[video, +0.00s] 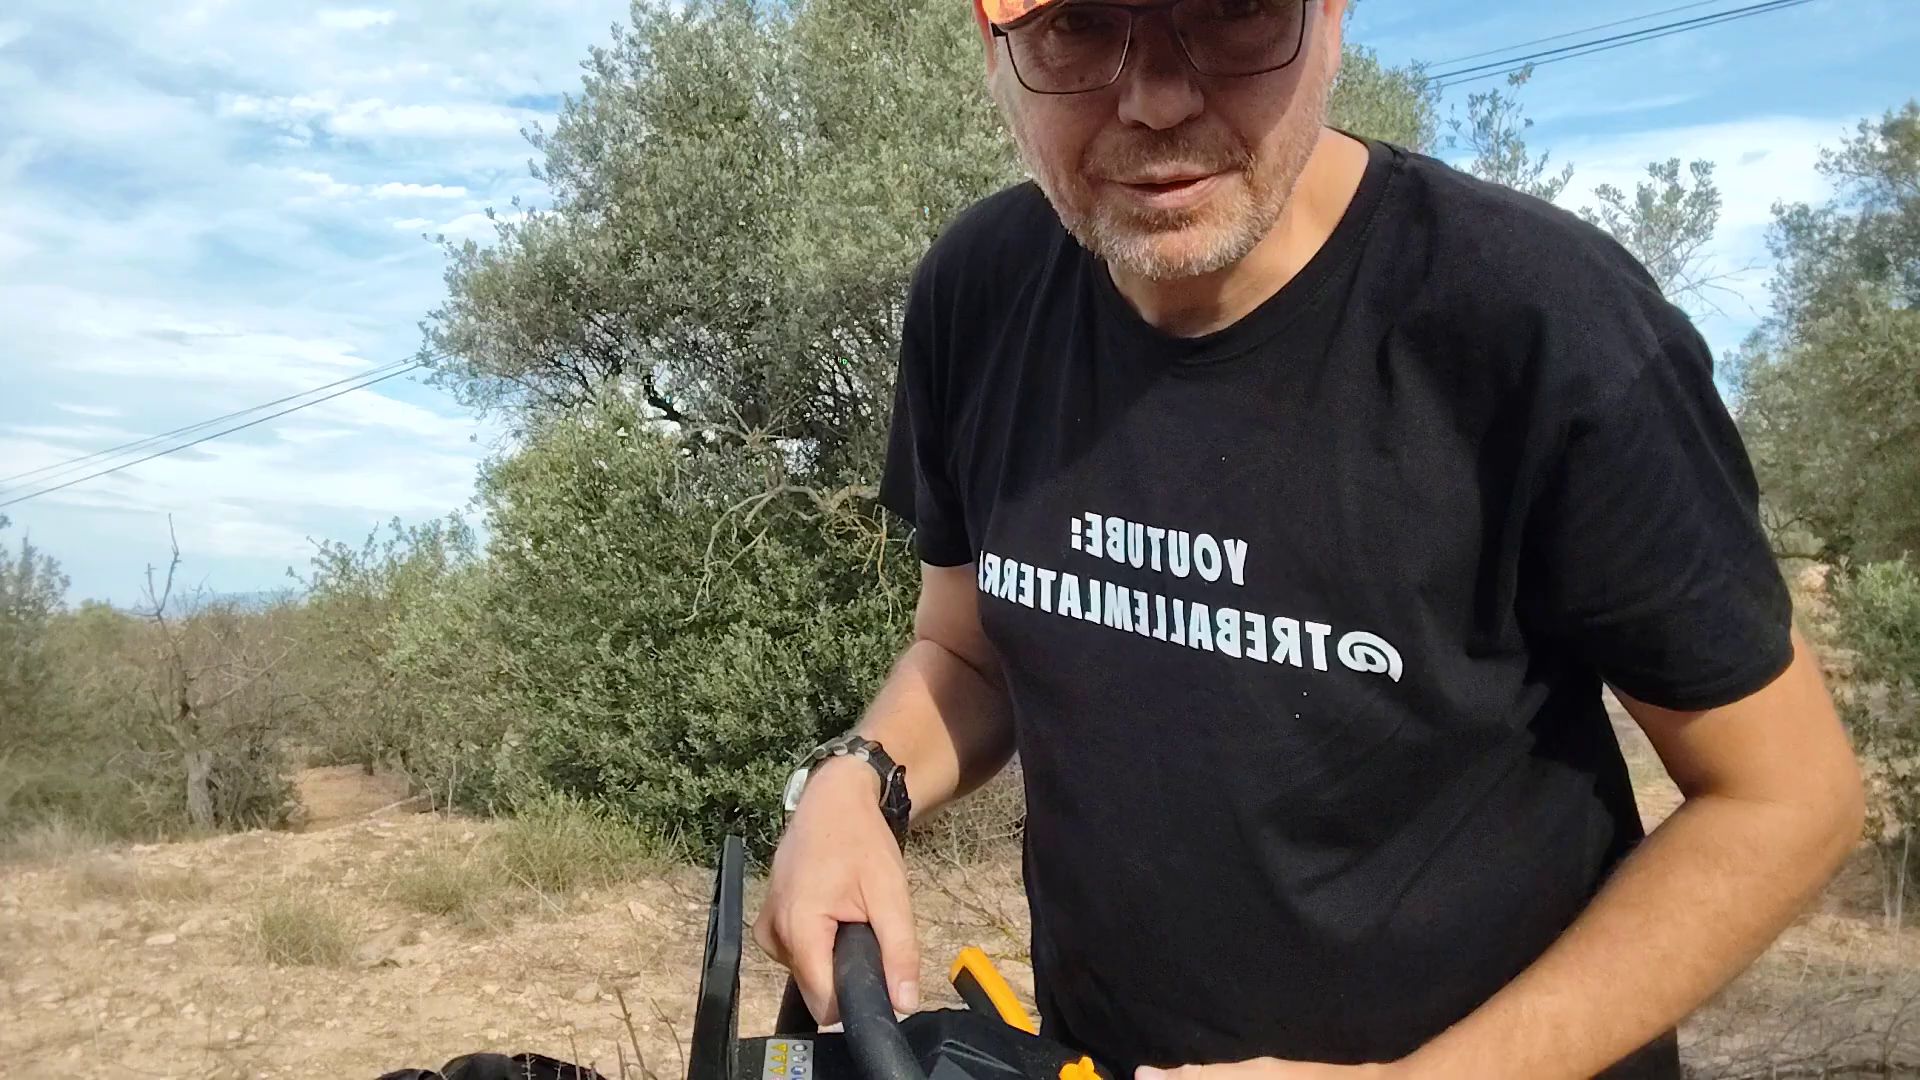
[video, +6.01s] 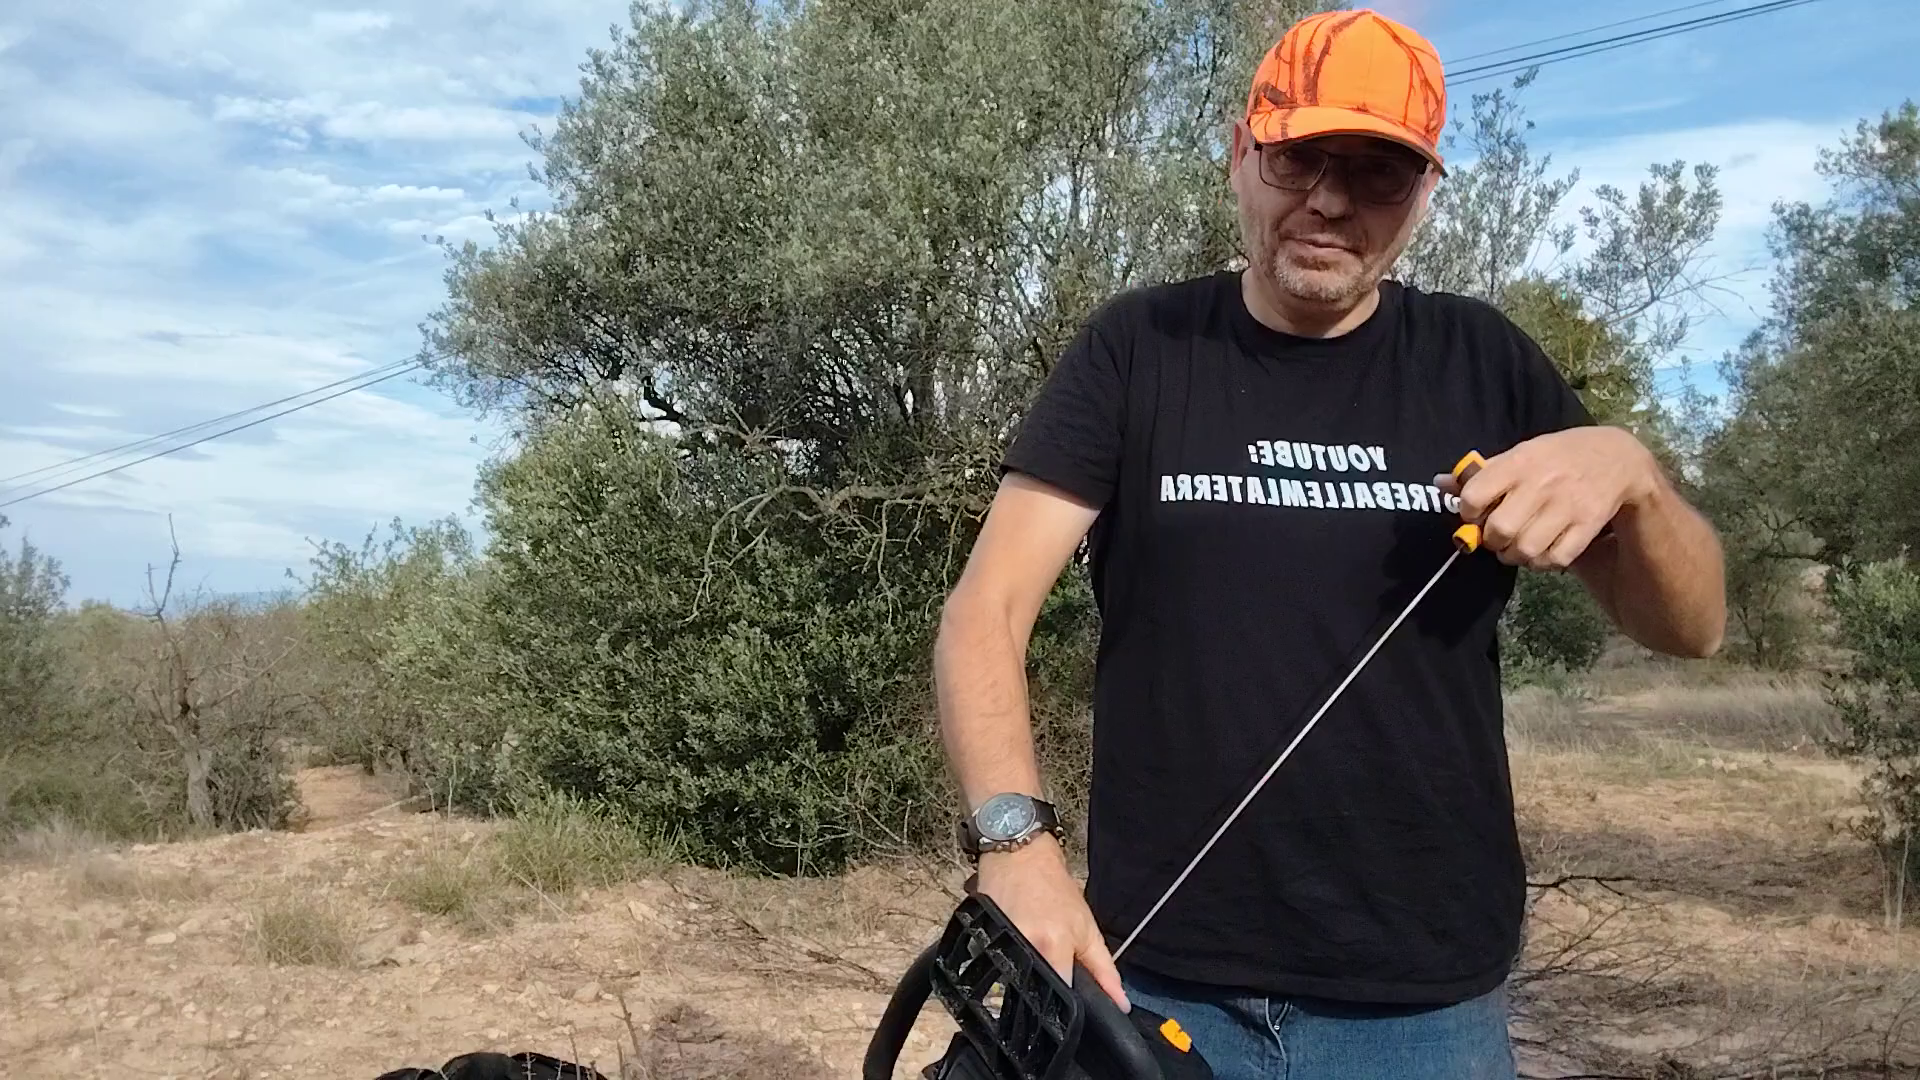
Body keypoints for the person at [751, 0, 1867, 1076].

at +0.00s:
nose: (1156, 102)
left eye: (1230, 32)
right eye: (1085, 33)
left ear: (1328, 29)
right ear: (1000, 49)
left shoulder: (1550, 321)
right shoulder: (978, 297)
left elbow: (1789, 792)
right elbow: (970, 653)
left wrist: (1439, 1073)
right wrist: (854, 790)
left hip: (1491, 1046)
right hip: (1097, 1046)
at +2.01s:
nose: (1105, 206)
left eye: (1152, 159)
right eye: (1064, 160)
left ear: (1222, 145)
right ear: (1012, 156)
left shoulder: (1372, 344)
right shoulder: (953, 382)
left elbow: (1563, 735)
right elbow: (906, 683)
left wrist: (1331, 495)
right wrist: (861, 753)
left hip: (1343, 1023)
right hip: (1051, 1015)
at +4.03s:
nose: (1152, 184)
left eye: (1198, 155)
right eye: (1122, 144)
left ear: (1256, 181)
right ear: (1072, 158)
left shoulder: (1349, 362)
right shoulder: (991, 360)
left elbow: (1450, 691)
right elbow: (884, 620)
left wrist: (1164, 773)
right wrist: (790, 575)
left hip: (1293, 1020)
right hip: (1020, 1012)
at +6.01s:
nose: (1331, 206)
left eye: (1376, 175)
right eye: (1303, 164)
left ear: (1424, 193)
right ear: (1242, 156)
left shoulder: (1485, 362)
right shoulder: (1136, 349)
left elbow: (1688, 627)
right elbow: (985, 616)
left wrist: (1635, 469)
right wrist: (1014, 842)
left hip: (1428, 1010)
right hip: (1158, 999)